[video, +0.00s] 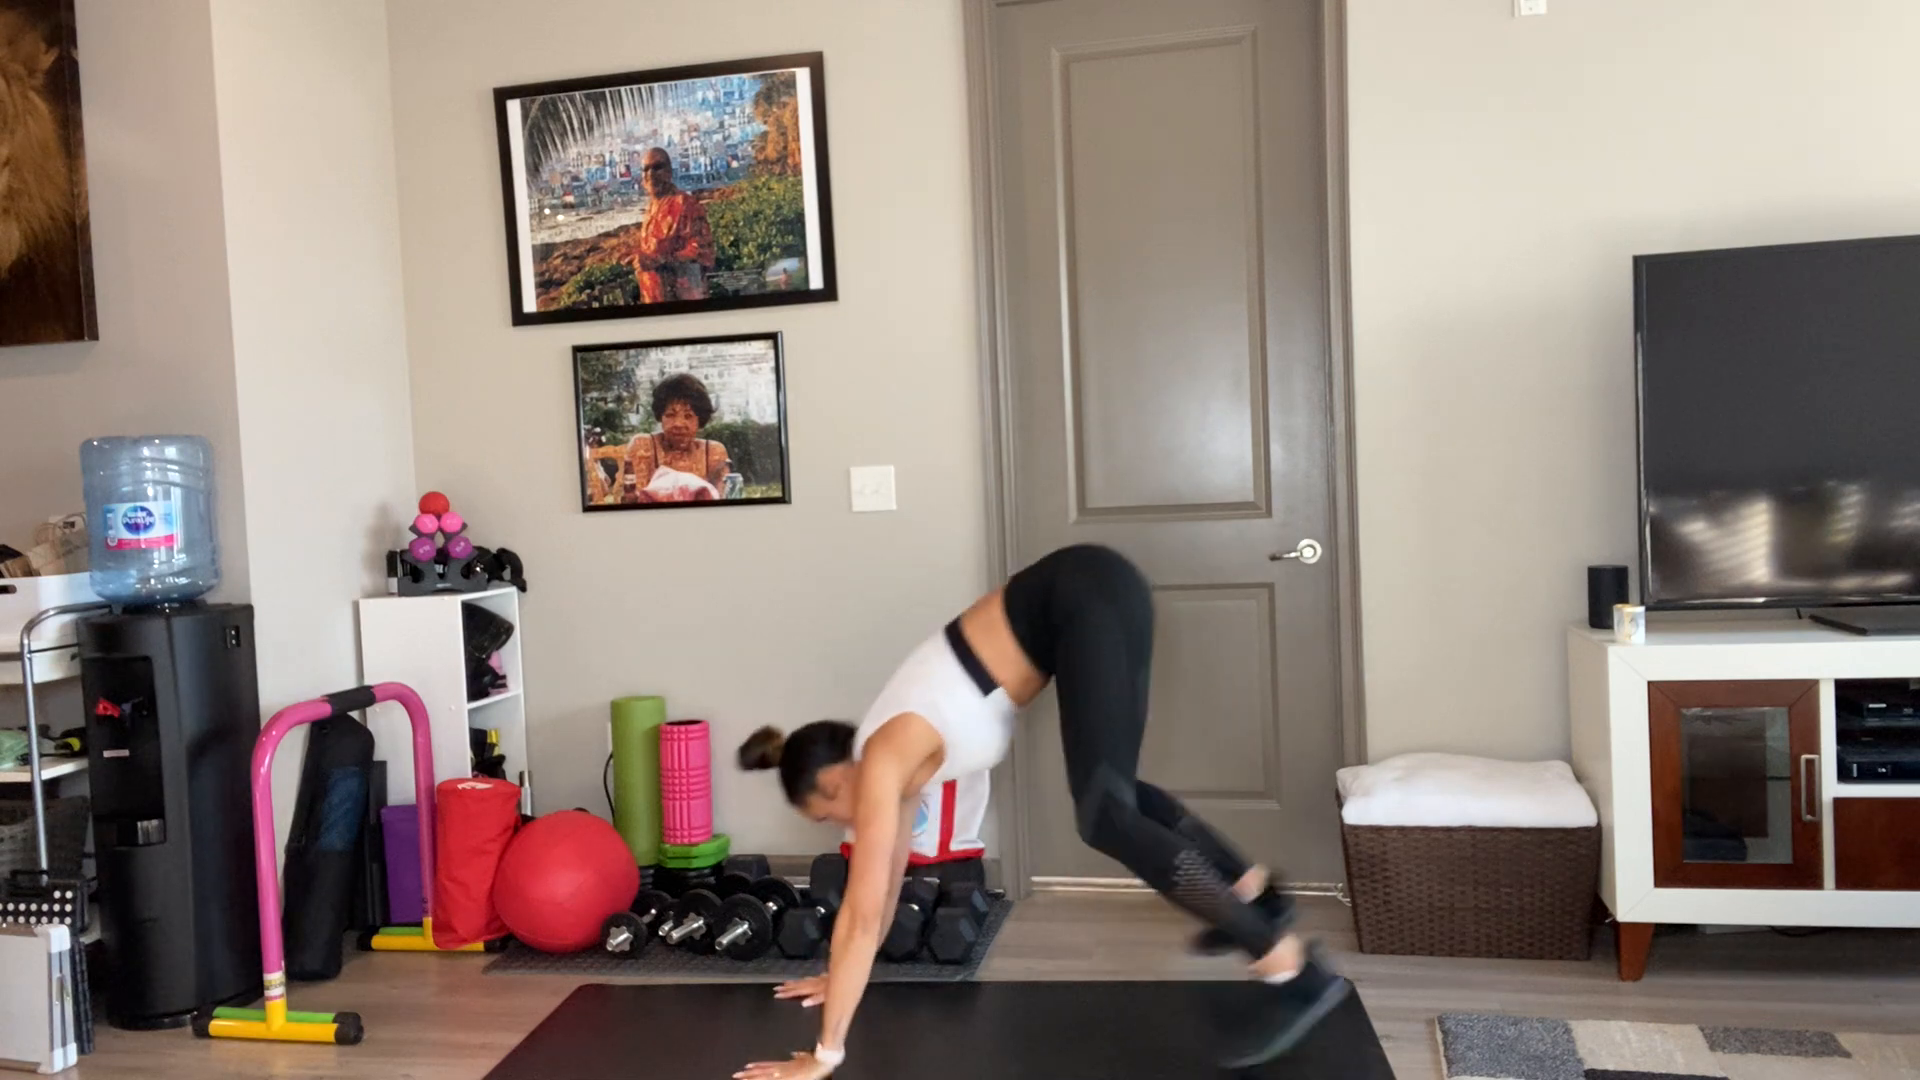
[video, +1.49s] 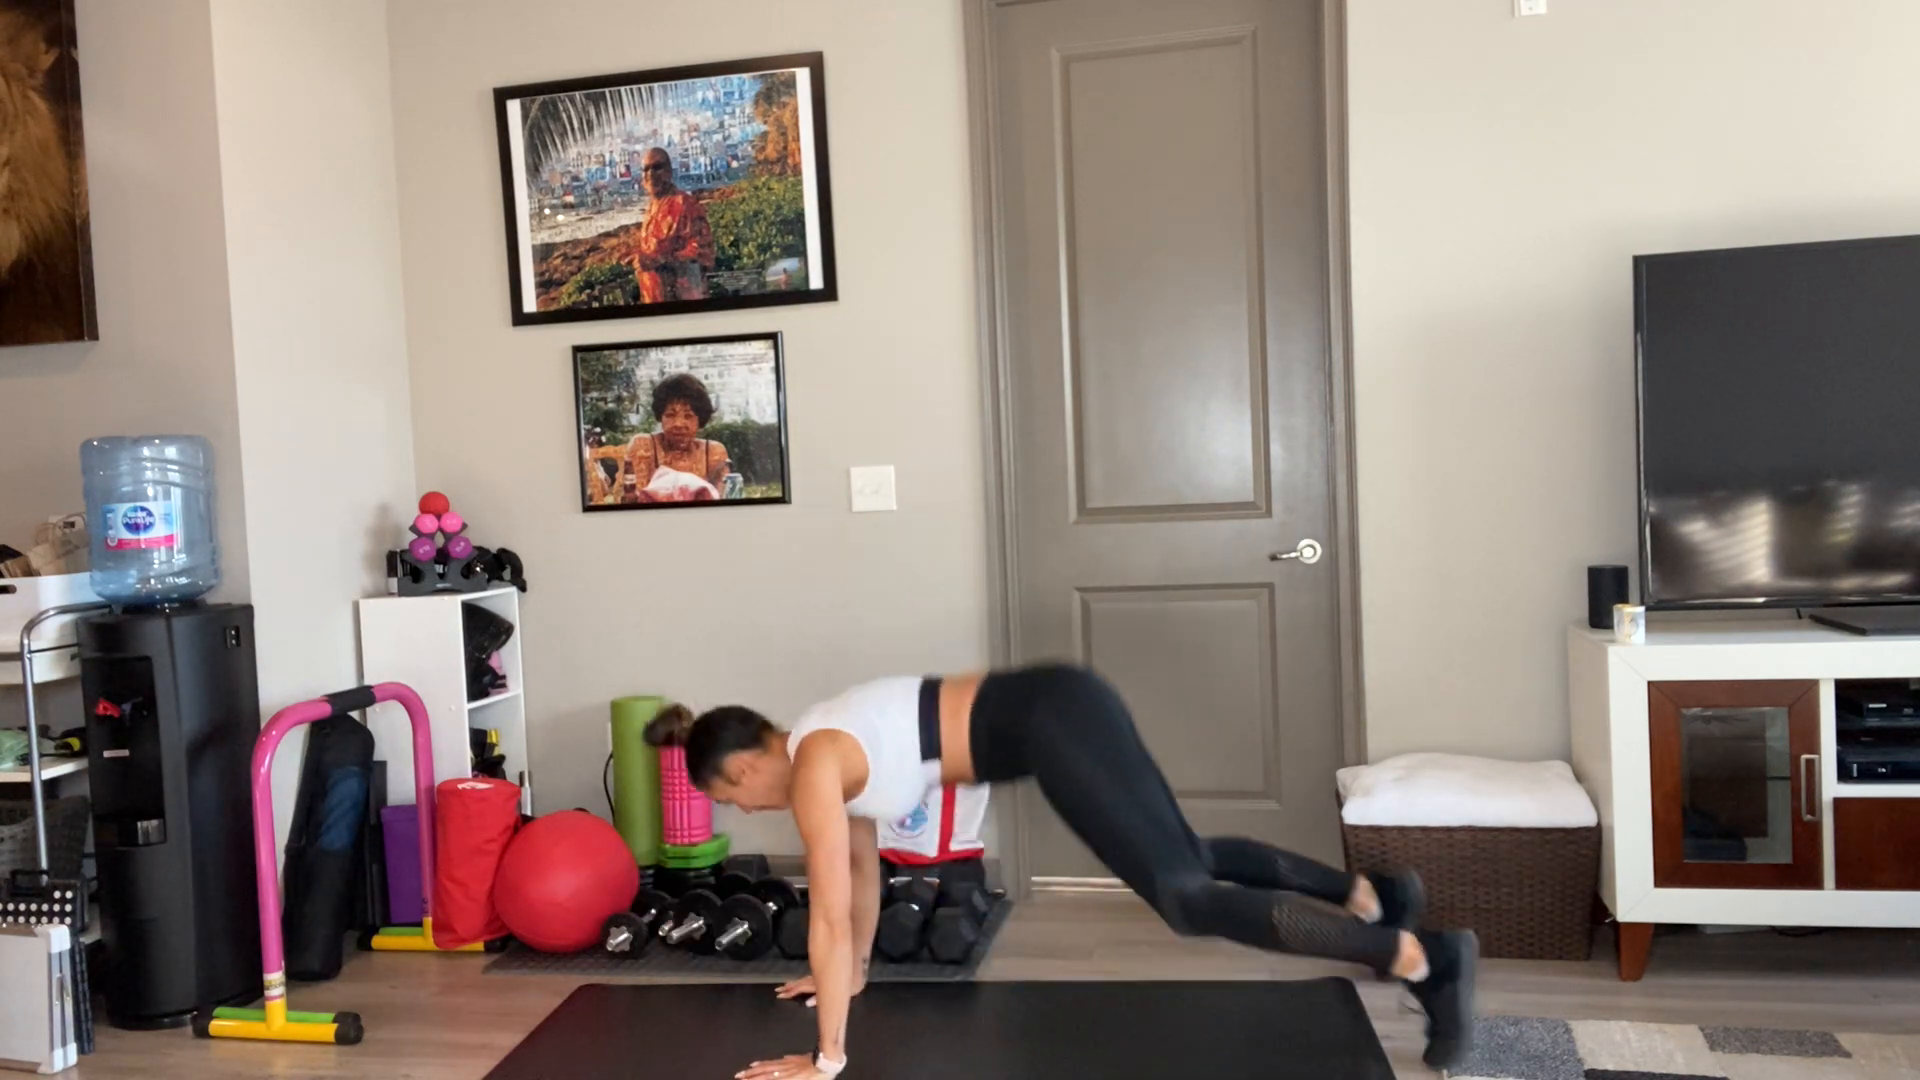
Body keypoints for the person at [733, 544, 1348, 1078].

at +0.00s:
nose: (837, 826)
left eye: (826, 812)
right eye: (826, 818)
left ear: (835, 776)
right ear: (840, 765)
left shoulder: (887, 762)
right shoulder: (890, 745)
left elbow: (868, 914)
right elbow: (874, 888)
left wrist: (827, 1051)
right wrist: (835, 973)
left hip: (1084, 595)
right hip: (1084, 595)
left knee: (1102, 817)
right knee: (1114, 789)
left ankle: (1281, 954)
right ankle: (1247, 884)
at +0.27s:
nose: (711, 804)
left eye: (705, 789)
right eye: (702, 792)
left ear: (728, 760)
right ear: (743, 741)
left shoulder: (806, 779)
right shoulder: (820, 743)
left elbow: (840, 921)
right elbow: (853, 884)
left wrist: (827, 1049)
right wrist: (838, 968)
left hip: (1030, 781)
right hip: (1034, 768)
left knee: (1198, 926)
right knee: (1207, 888)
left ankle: (1439, 966)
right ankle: (1383, 902)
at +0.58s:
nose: (678, 875)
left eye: (674, 861)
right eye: (671, 864)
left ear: (704, 837)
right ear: (718, 822)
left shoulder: (776, 866)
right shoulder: (792, 830)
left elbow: (860, 962)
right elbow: (878, 913)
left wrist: (828, 1061)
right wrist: (836, 965)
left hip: (992, 924)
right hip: (1004, 891)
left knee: (1194, 1017)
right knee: (1193, 962)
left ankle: (1426, 971)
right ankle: (1365, 908)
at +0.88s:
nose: (655, 996)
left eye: (647, 983)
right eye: (649, 984)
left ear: (671, 965)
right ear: (693, 927)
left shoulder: (736, 968)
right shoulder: (763, 919)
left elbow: (832, 967)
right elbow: (874, 875)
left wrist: (816, 1058)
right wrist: (848, 955)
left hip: (967, 975)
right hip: (980, 927)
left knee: (1179, 1023)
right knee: (1183, 972)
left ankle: (1402, 966)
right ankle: (1366, 917)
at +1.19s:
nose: (685, 814)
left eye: (690, 797)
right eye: (681, 799)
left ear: (729, 785)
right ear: (739, 772)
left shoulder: (793, 832)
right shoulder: (810, 797)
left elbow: (849, 954)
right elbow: (878, 894)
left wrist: (829, 1057)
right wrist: (840, 961)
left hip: (997, 923)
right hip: (1011, 886)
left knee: (1195, 1021)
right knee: (1196, 962)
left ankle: (1418, 964)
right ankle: (1362, 897)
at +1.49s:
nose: (738, 808)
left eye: (726, 793)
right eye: (725, 797)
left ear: (745, 764)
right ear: (755, 744)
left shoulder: (819, 770)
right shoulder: (829, 746)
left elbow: (836, 911)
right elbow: (853, 881)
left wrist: (831, 1051)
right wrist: (839, 970)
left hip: (1044, 724)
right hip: (1055, 710)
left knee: (1185, 901)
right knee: (1194, 859)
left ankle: (1419, 958)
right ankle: (1366, 895)